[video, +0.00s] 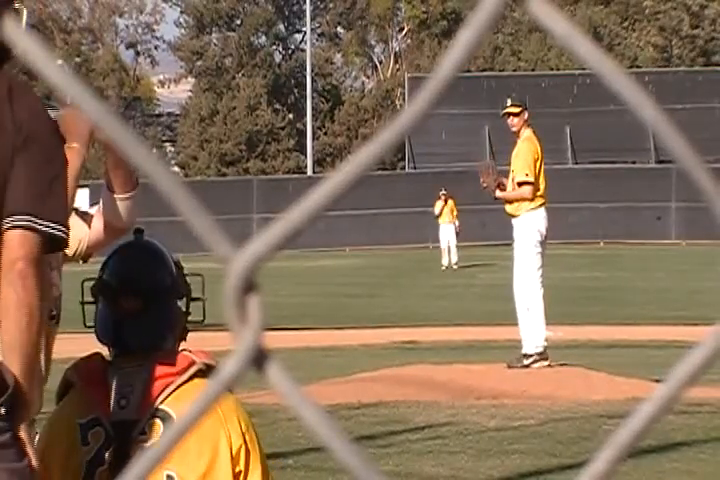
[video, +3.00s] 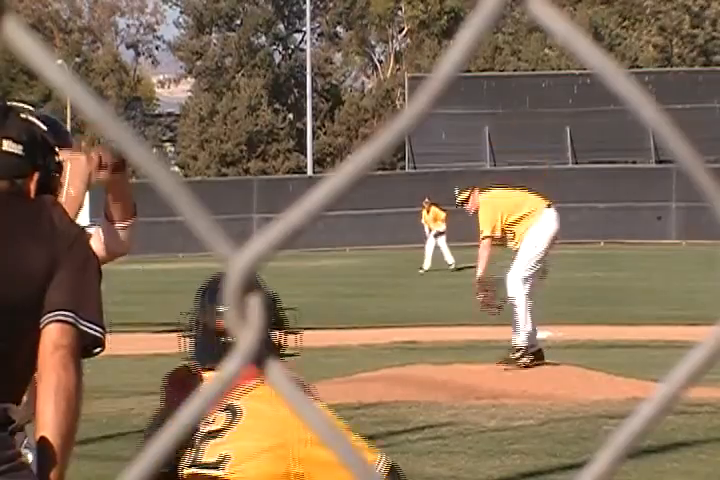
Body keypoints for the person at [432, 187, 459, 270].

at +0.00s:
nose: (443, 196)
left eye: (445, 194)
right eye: (442, 195)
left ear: (447, 195)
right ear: (440, 195)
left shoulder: (450, 202)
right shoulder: (438, 202)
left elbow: (454, 212)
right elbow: (436, 212)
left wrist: (456, 223)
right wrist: (442, 203)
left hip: (451, 223)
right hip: (442, 224)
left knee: (453, 243)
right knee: (443, 244)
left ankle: (454, 262)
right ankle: (444, 263)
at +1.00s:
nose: (453, 196)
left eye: (454, 194)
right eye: (452, 194)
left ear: (456, 195)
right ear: (449, 194)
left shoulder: (459, 203)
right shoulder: (446, 203)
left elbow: (463, 214)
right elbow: (442, 214)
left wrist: (465, 226)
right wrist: (448, 212)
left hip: (457, 224)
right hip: (449, 224)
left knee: (457, 244)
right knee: (449, 244)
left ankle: (456, 263)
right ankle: (449, 261)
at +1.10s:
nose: (453, 195)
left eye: (454, 193)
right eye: (451, 193)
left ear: (456, 195)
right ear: (449, 194)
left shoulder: (459, 203)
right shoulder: (446, 203)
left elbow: (463, 214)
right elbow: (443, 212)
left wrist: (464, 224)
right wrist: (445, 219)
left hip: (456, 224)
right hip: (449, 224)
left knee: (456, 244)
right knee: (448, 244)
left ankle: (457, 262)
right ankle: (449, 262)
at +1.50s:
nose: (445, 196)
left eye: (447, 194)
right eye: (444, 194)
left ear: (449, 195)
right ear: (442, 195)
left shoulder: (454, 203)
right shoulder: (441, 205)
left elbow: (458, 215)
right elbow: (439, 218)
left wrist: (458, 225)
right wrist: (437, 229)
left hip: (453, 225)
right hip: (445, 225)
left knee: (453, 244)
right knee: (445, 245)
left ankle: (456, 262)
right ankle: (447, 263)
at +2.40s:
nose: (439, 195)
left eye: (441, 193)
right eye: (438, 193)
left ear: (443, 194)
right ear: (435, 194)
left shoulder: (446, 203)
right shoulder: (434, 204)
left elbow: (450, 217)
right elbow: (432, 216)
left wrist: (446, 229)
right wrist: (428, 228)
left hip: (444, 225)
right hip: (437, 225)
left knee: (444, 246)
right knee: (433, 244)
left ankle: (444, 265)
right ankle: (437, 260)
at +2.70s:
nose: (430, 201)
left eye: (432, 199)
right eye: (429, 199)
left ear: (435, 199)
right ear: (428, 200)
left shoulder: (440, 207)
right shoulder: (429, 208)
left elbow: (445, 223)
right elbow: (428, 220)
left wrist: (441, 230)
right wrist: (425, 231)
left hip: (441, 228)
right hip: (433, 229)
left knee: (442, 248)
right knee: (430, 248)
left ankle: (443, 265)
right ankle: (427, 265)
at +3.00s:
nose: (426, 205)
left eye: (427, 203)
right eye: (425, 203)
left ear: (430, 204)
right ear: (423, 204)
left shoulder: (434, 209)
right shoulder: (424, 212)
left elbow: (443, 214)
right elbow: (424, 222)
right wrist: (427, 232)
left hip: (440, 230)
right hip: (432, 231)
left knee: (443, 247)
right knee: (428, 248)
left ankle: (451, 262)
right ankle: (426, 266)